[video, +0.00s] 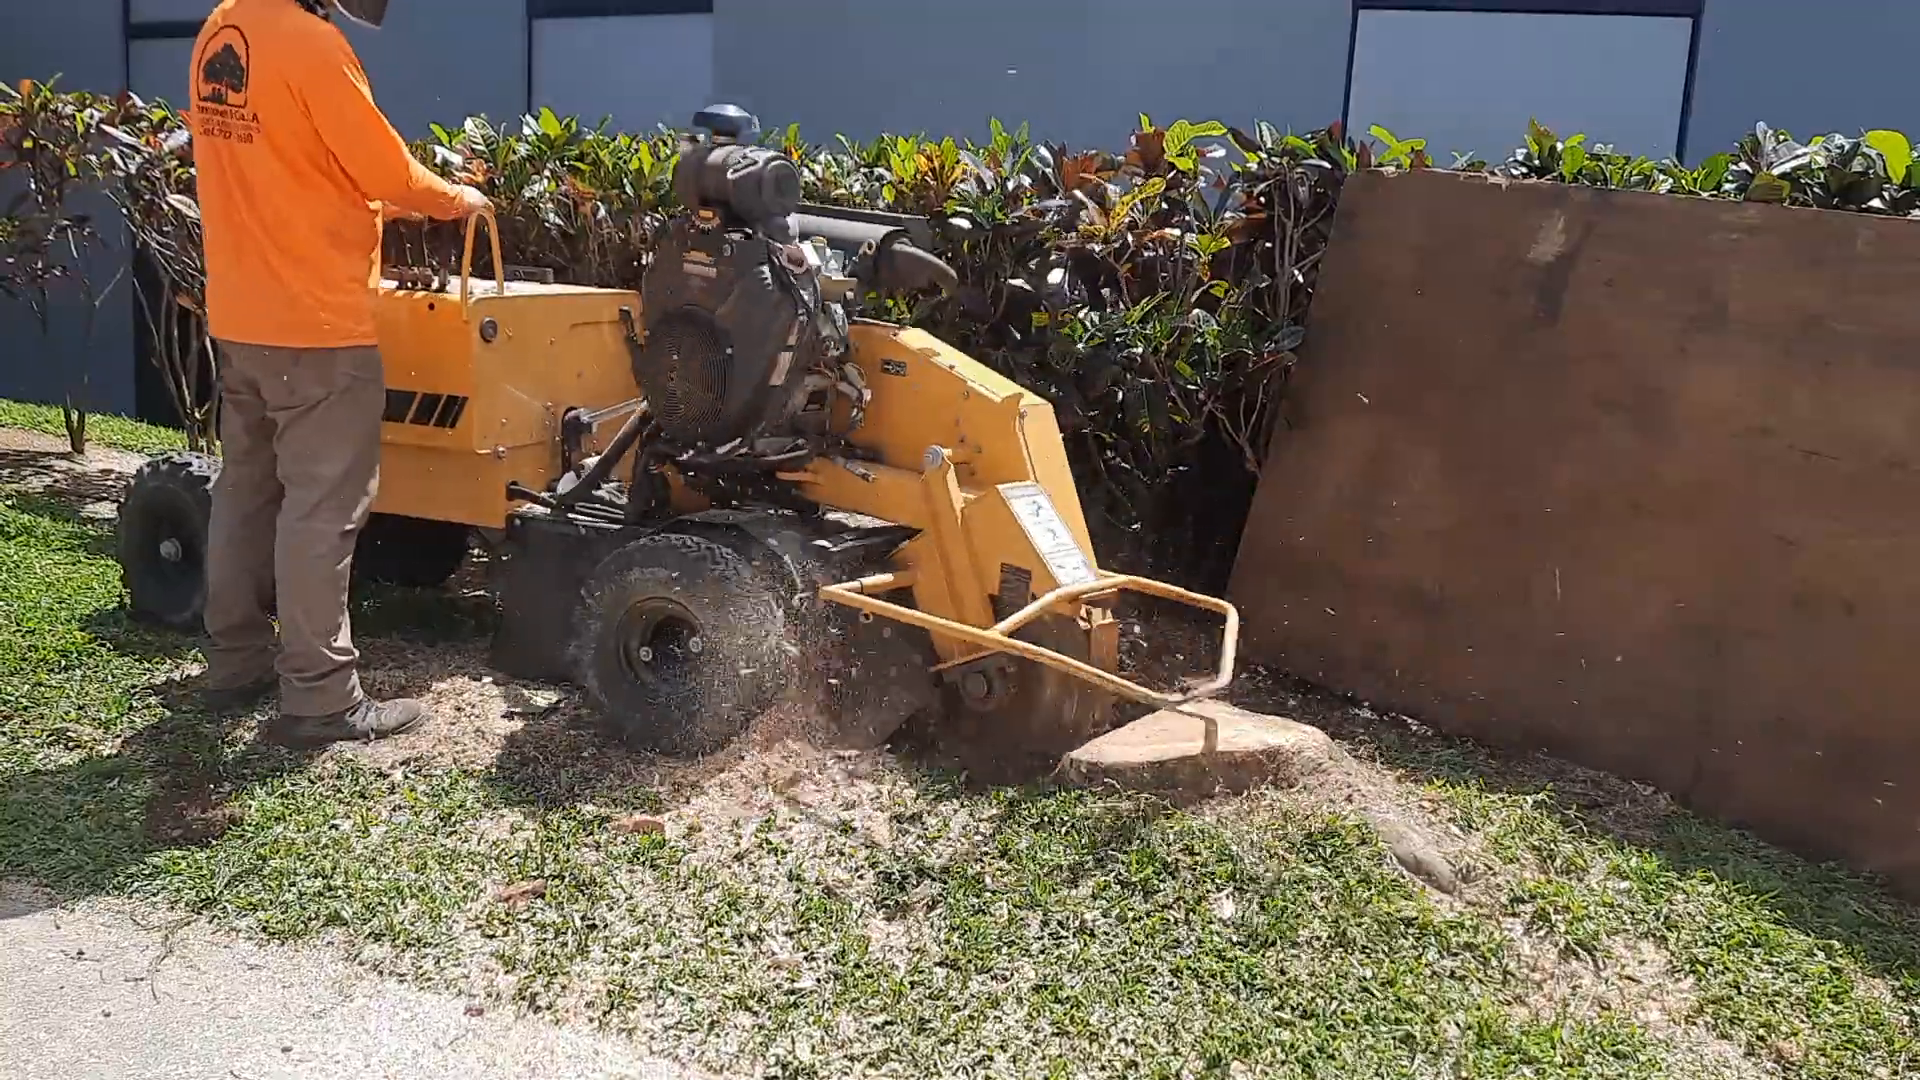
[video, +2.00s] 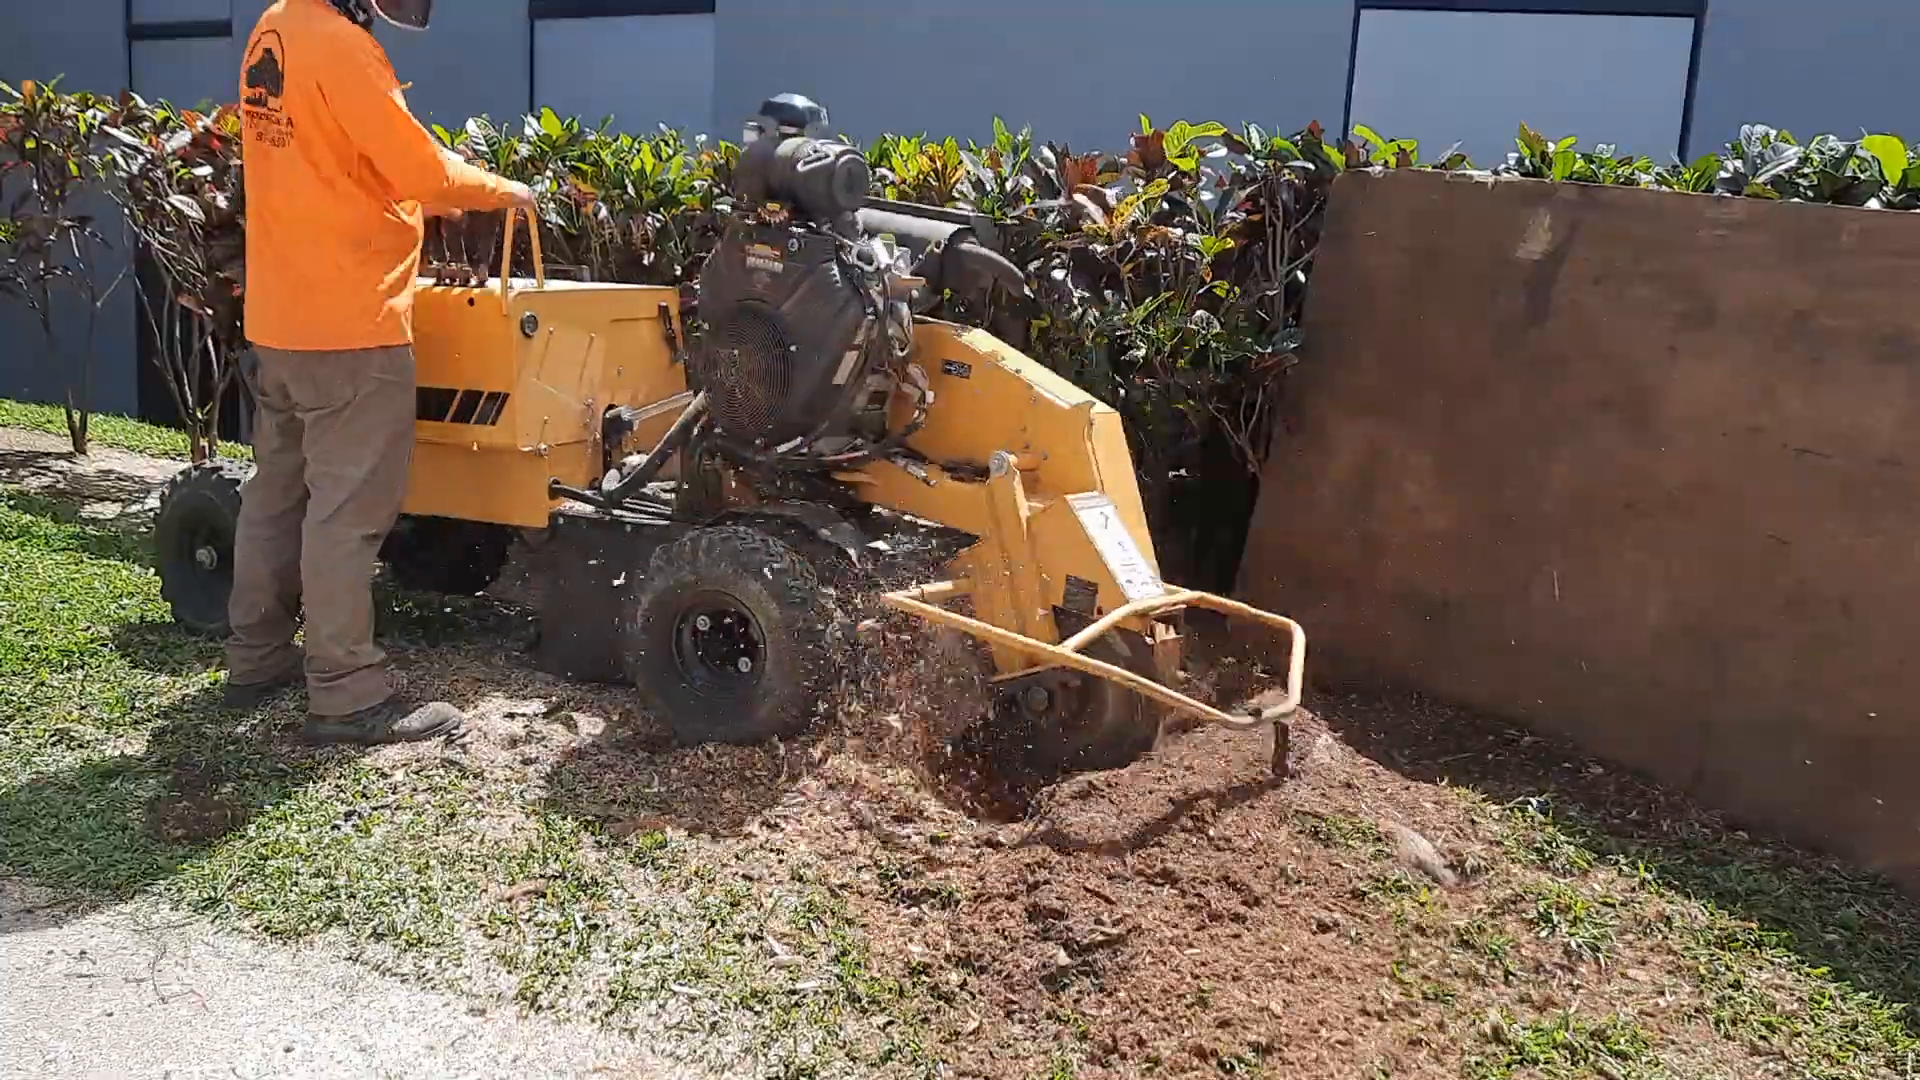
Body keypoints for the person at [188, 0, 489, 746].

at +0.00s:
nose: (373, 13)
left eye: (371, 6)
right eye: (369, 3)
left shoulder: (220, 26)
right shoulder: (316, 47)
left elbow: (276, 168)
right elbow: (388, 172)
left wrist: (388, 196)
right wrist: (457, 200)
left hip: (239, 321)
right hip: (318, 325)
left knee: (246, 493)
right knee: (323, 504)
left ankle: (236, 662)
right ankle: (318, 697)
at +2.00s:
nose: (409, 13)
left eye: (409, 7)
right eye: (407, 3)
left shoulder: (274, 27)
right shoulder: (346, 49)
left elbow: (344, 159)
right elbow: (422, 173)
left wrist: (449, 174)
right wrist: (499, 191)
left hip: (279, 323)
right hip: (352, 328)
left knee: (276, 495)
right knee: (349, 509)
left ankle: (256, 658)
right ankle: (345, 693)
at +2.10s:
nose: (416, 12)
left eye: (416, 7)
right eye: (413, 4)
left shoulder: (279, 25)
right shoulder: (345, 48)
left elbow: (342, 162)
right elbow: (413, 183)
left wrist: (444, 188)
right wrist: (472, 191)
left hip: (314, 311)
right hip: (357, 318)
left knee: (375, 482)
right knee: (344, 502)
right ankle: (323, 695)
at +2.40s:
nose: (400, 13)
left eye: (402, 6)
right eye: (399, 2)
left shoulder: (274, 23)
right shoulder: (331, 51)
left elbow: (346, 165)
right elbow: (408, 180)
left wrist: (437, 191)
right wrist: (472, 185)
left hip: (307, 317)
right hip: (351, 324)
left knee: (368, 489)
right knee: (342, 509)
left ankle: (412, 633)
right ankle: (322, 695)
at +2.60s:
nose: (434, 26)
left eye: (440, 19)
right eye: (435, 16)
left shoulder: (335, 24)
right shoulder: (362, 44)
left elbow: (373, 158)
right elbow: (422, 189)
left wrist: (450, 180)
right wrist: (476, 193)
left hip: (318, 287)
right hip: (360, 280)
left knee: (323, 488)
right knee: (549, 333)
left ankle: (294, 666)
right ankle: (617, 520)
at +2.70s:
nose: (435, 14)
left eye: (435, 8)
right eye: (431, 5)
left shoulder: (339, 30)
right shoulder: (342, 39)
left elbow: (390, 168)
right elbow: (406, 182)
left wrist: (482, 189)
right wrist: (498, 196)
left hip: (329, 288)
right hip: (360, 280)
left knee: (329, 486)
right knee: (547, 326)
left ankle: (298, 665)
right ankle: (650, 510)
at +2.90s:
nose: (479, 8)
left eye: (480, 4)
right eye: (474, 2)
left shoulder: (315, 25)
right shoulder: (437, 61)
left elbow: (297, 153)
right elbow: (501, 196)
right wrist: (529, 194)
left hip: (334, 315)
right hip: (411, 327)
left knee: (351, 491)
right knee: (398, 515)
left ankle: (302, 666)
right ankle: (373, 707)